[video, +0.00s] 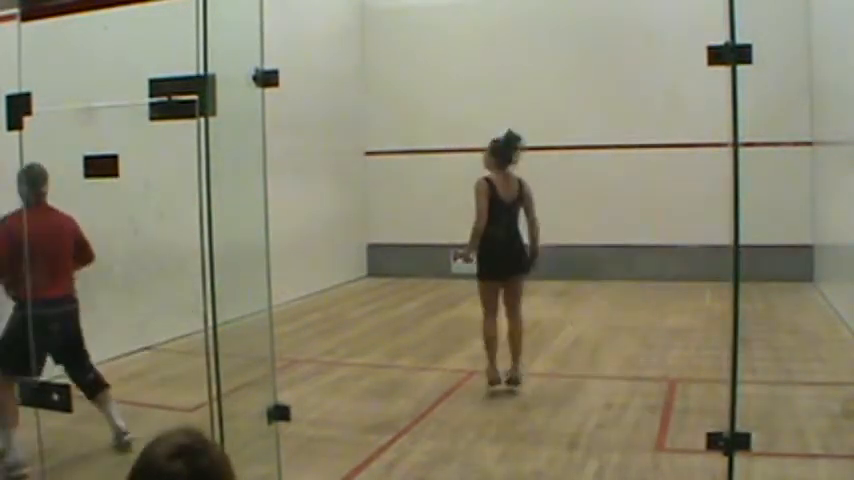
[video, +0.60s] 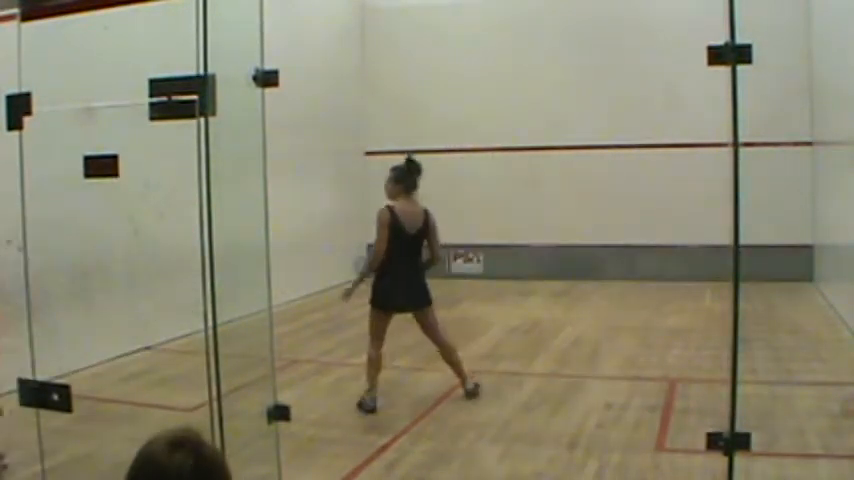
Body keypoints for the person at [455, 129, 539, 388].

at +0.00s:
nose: (484, 157)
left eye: (487, 154)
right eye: (486, 153)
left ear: (493, 158)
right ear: (508, 159)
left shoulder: (484, 184)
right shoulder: (520, 184)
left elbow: (481, 220)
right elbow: (532, 221)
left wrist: (469, 248)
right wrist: (534, 249)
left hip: (490, 254)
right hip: (516, 252)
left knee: (490, 313)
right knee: (514, 311)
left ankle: (492, 368)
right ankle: (515, 367)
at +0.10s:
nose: (471, 162)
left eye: (474, 158)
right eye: (474, 158)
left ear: (481, 162)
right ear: (496, 164)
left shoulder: (474, 189)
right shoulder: (508, 189)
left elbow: (470, 228)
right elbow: (519, 226)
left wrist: (457, 252)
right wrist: (513, 245)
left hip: (475, 254)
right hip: (500, 254)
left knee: (464, 314)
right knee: (492, 316)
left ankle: (459, 372)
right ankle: (487, 373)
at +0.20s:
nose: (457, 174)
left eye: (461, 170)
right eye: (459, 169)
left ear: (470, 174)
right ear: (482, 175)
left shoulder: (463, 202)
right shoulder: (496, 201)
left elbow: (457, 240)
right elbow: (506, 238)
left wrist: (445, 262)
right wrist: (491, 252)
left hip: (460, 270)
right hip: (485, 271)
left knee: (435, 321)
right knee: (478, 324)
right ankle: (480, 379)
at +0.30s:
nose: (440, 180)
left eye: (444, 176)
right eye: (442, 175)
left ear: (455, 180)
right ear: (465, 180)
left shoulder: (446, 208)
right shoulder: (482, 208)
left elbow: (441, 248)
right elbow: (488, 247)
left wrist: (420, 275)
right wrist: (470, 255)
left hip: (445, 276)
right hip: (471, 276)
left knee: (415, 325)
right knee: (468, 328)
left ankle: (386, 374)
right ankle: (480, 381)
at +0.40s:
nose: (422, 182)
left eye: (425, 178)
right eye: (423, 177)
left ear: (437, 182)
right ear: (446, 182)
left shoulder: (428, 210)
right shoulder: (463, 209)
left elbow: (422, 251)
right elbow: (468, 252)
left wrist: (401, 278)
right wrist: (449, 256)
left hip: (426, 280)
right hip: (453, 279)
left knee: (398, 333)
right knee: (458, 329)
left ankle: (373, 381)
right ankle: (478, 381)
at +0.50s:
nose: (402, 186)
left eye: (405, 182)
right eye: (403, 181)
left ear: (416, 185)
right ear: (427, 186)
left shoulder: (407, 213)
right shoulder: (442, 213)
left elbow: (400, 254)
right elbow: (451, 255)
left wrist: (378, 284)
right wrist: (432, 264)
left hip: (405, 283)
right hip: (432, 283)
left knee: (387, 339)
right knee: (451, 335)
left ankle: (372, 394)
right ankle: (478, 383)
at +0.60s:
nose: (385, 187)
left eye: (388, 183)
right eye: (386, 182)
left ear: (398, 186)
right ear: (411, 187)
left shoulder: (386, 214)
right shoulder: (425, 215)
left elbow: (379, 254)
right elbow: (435, 256)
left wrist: (357, 282)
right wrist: (415, 268)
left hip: (387, 285)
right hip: (415, 283)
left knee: (375, 344)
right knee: (437, 336)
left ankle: (370, 396)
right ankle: (467, 383)